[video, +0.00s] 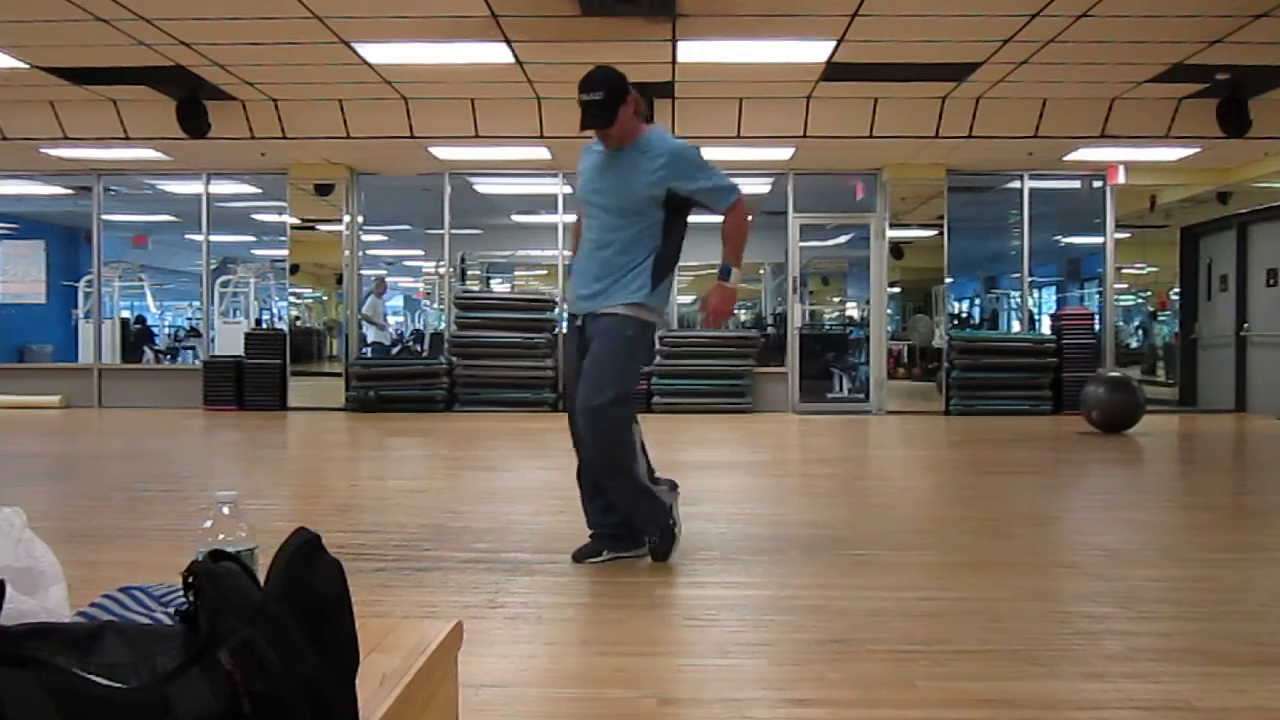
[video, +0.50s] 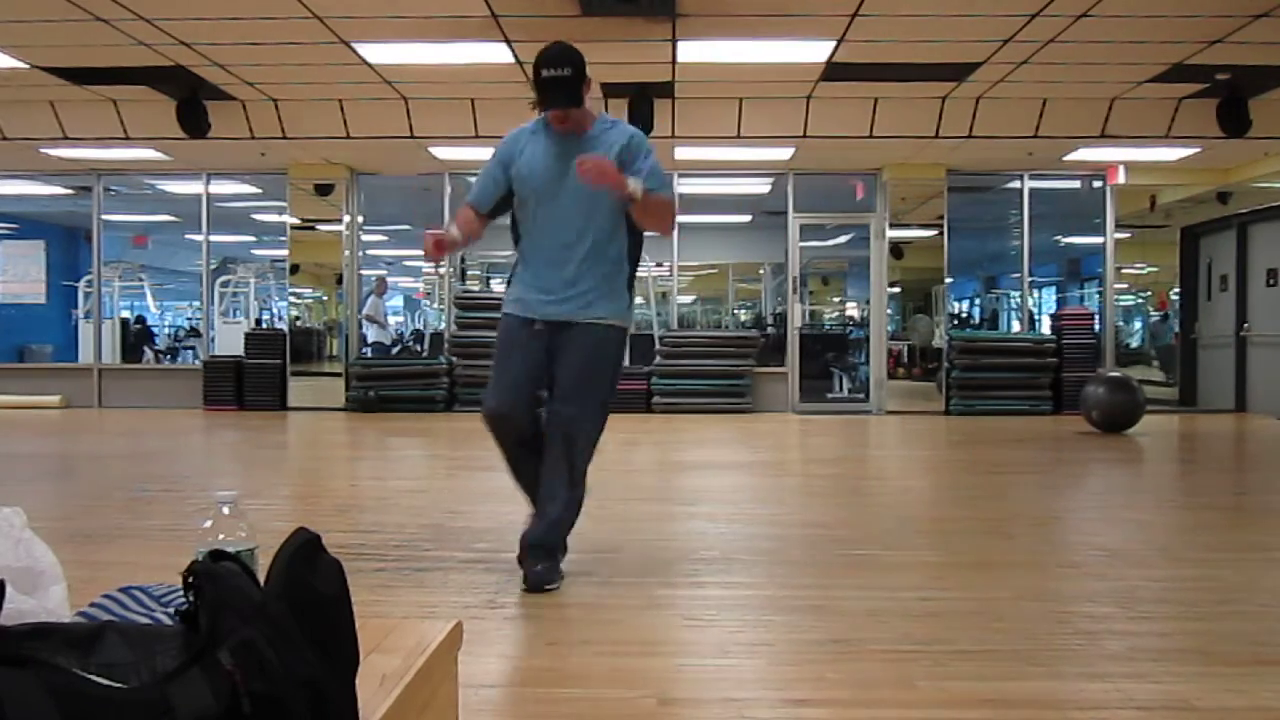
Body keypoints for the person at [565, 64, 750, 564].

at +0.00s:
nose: (599, 134)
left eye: (606, 123)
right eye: (592, 125)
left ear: (631, 105)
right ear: (584, 117)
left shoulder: (668, 155)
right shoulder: (591, 156)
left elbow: (736, 207)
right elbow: (584, 220)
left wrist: (727, 281)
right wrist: (575, 275)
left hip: (631, 308)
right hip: (585, 308)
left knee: (597, 409)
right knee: (585, 418)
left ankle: (654, 507)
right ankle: (615, 531)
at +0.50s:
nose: (559, 118)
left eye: (568, 108)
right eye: (549, 109)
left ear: (588, 91)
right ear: (537, 98)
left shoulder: (625, 141)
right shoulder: (519, 143)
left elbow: (665, 218)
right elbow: (477, 211)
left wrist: (623, 187)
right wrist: (453, 236)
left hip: (597, 308)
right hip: (528, 303)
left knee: (570, 426)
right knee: (503, 408)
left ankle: (544, 553)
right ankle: (552, 503)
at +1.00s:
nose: (583, 64)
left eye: (592, 54)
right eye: (573, 51)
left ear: (604, 44)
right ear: (545, 31)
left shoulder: (624, 114)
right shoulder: (494, 98)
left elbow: (639, 210)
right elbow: (451, 178)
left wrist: (654, 289)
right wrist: (445, 264)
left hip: (588, 298)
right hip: (504, 295)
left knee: (580, 438)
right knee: (497, 437)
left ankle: (568, 578)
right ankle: (492, 571)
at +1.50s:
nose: (669, 39)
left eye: (677, 27)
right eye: (659, 23)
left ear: (684, 25)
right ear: (620, 9)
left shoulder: (691, 105)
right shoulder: (559, 79)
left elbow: (734, 194)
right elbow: (492, 158)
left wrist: (773, 218)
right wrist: (542, 189)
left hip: (680, 292)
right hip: (591, 293)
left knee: (712, 427)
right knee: (620, 453)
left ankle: (635, 567)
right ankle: (663, 634)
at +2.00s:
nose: (752, 45)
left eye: (756, 34)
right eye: (751, 28)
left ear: (714, 18)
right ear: (717, 13)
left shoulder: (694, 99)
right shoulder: (648, 74)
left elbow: (721, 191)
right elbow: (602, 178)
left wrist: (801, 192)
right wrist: (717, 220)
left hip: (684, 310)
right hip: (664, 312)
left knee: (685, 449)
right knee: (723, 449)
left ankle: (638, 584)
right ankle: (667, 629)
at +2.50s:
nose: (803, 36)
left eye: (810, 26)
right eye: (802, 18)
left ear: (767, 11)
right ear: (765, 3)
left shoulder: (740, 73)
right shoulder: (705, 56)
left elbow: (702, 172)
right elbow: (661, 165)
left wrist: (761, 186)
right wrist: (733, 257)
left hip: (713, 294)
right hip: (679, 294)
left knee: (754, 441)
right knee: (693, 450)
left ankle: (747, 603)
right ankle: (618, 618)